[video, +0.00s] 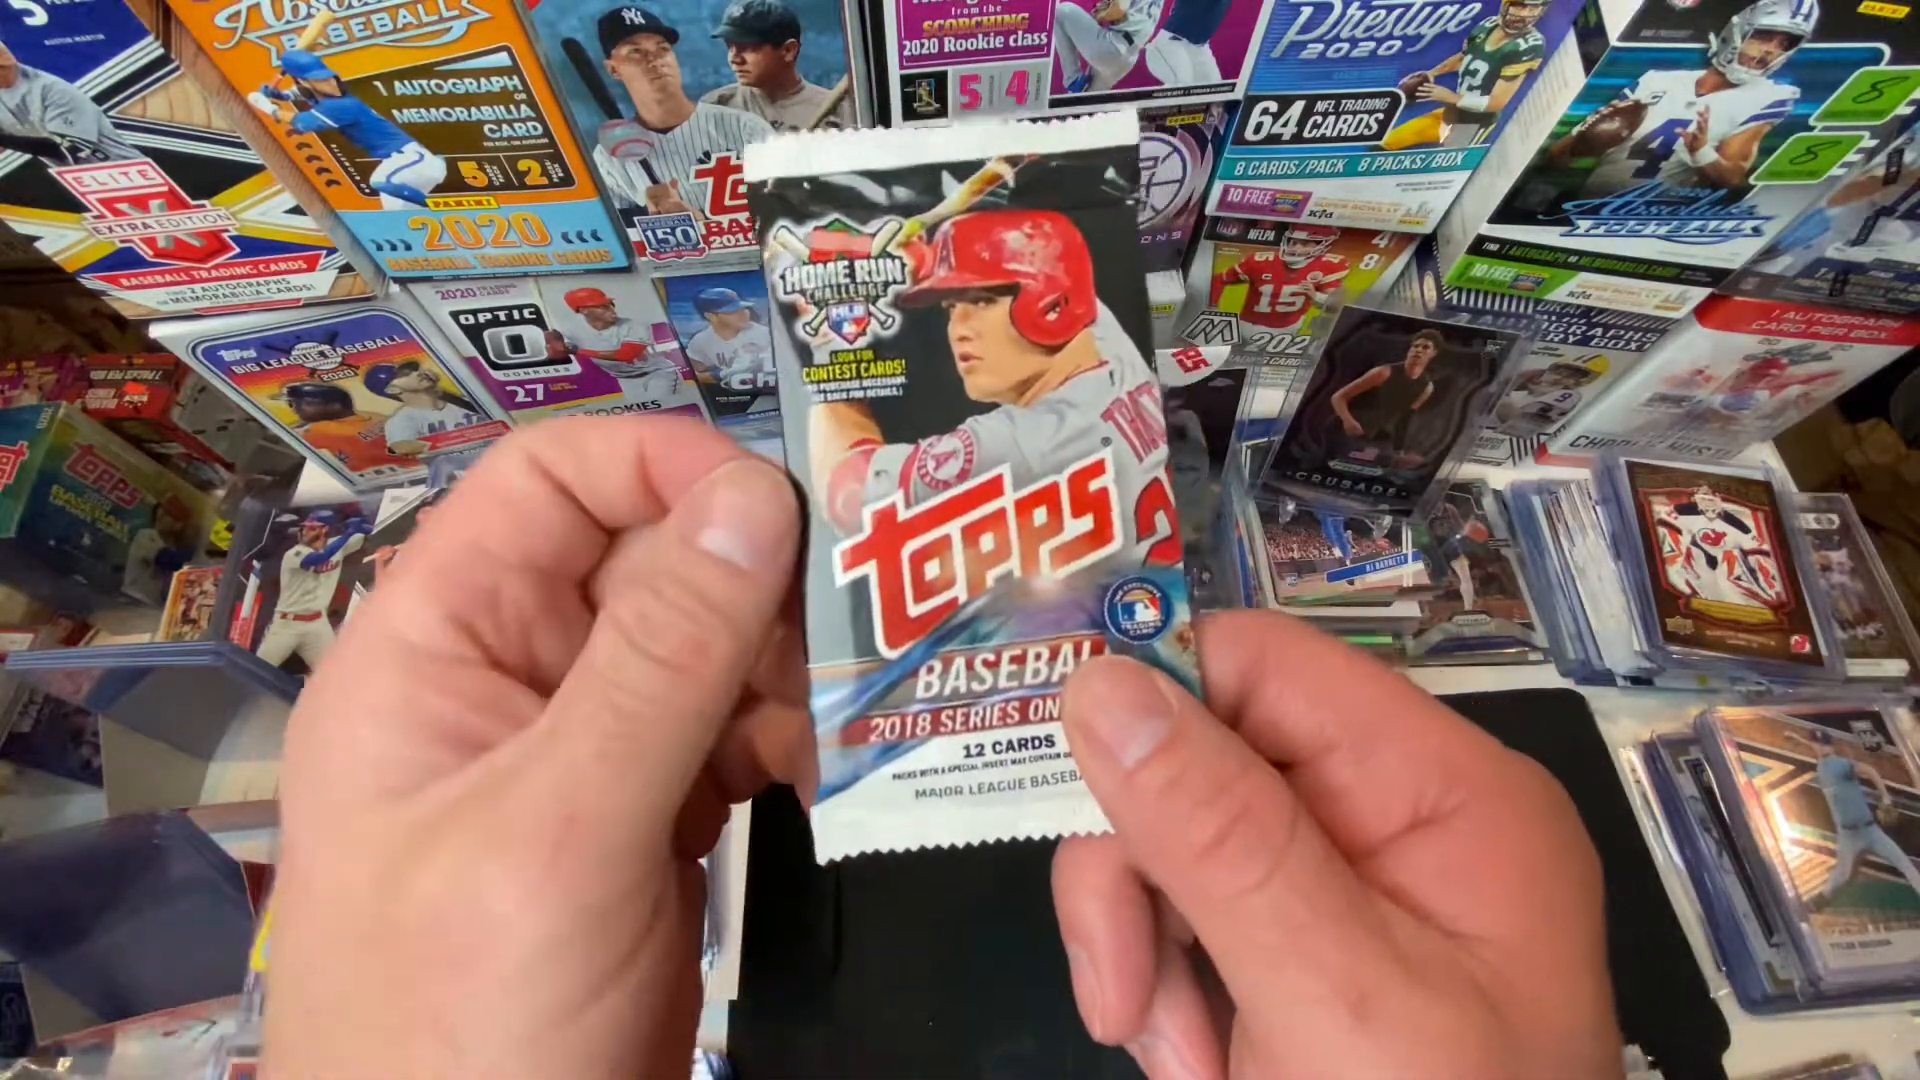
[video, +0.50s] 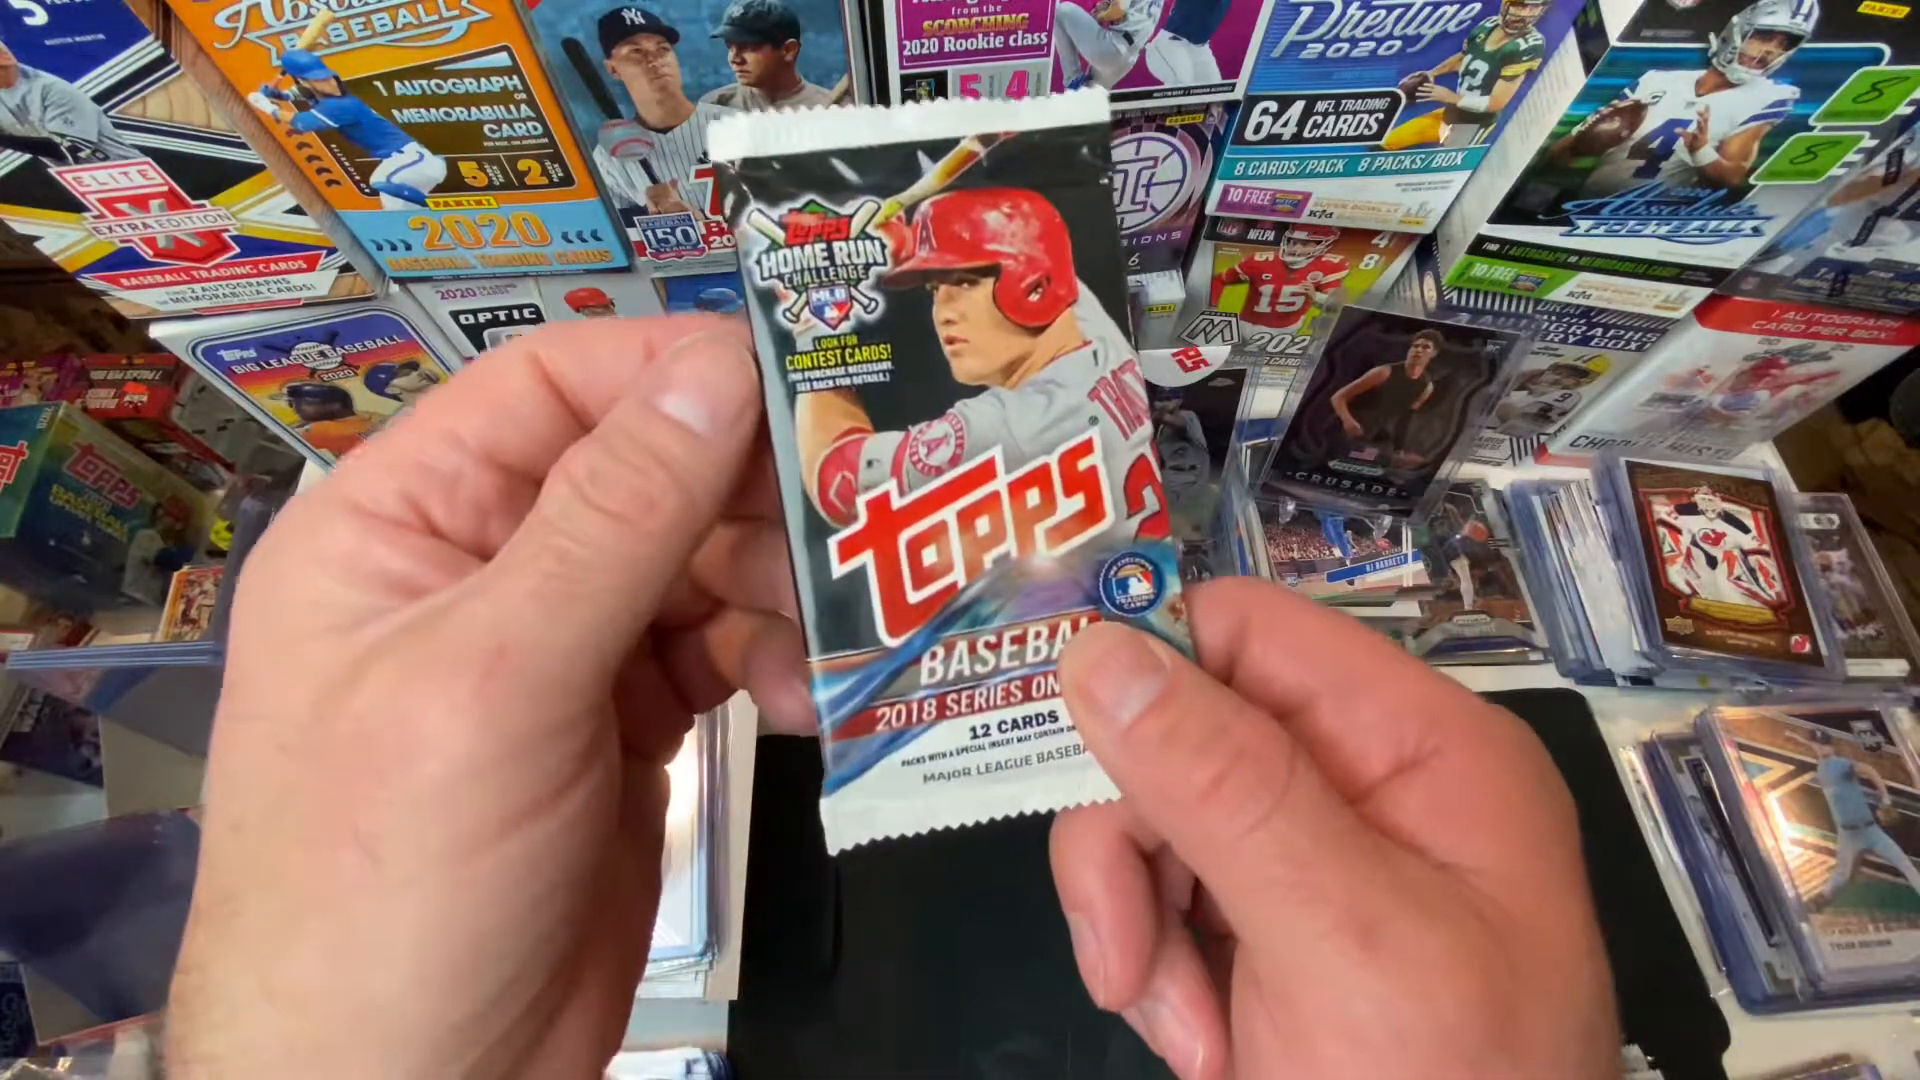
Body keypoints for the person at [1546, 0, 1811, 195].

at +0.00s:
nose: (1770, 52)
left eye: (1783, 45)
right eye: (1764, 37)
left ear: (1788, 56)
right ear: (1737, 32)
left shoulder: (1761, 101)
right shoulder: (1658, 82)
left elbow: (1736, 176)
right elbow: (1558, 155)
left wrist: (1702, 154)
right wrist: (1584, 137)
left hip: (1661, 223)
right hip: (1595, 205)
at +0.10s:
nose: (1770, 52)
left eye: (1783, 45)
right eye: (1764, 37)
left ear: (1788, 56)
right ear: (1737, 32)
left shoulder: (1761, 101)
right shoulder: (1658, 82)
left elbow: (1736, 176)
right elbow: (1558, 155)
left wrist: (1702, 154)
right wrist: (1584, 137)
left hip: (1662, 223)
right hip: (1595, 205)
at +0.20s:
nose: (1770, 52)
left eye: (1783, 45)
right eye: (1764, 37)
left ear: (1789, 56)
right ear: (1737, 33)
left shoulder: (1761, 101)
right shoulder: (1658, 82)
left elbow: (1735, 176)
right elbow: (1558, 155)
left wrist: (1702, 153)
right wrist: (1584, 137)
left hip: (1661, 224)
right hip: (1594, 205)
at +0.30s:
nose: (1770, 51)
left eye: (1783, 44)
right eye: (1764, 37)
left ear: (1789, 56)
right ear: (1737, 32)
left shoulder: (1763, 101)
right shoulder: (1658, 82)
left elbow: (1736, 178)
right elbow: (1556, 157)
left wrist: (1703, 154)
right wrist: (1583, 140)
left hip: (1662, 223)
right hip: (1594, 205)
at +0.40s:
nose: (1770, 51)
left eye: (1783, 44)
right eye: (1764, 37)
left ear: (1789, 56)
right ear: (1737, 32)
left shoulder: (1763, 101)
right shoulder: (1658, 82)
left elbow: (1736, 178)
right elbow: (1556, 157)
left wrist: (1703, 154)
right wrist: (1583, 140)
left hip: (1662, 223)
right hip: (1594, 205)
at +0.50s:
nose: (1769, 52)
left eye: (1782, 45)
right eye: (1764, 37)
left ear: (1788, 57)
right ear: (1737, 32)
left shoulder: (1762, 102)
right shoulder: (1659, 82)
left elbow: (1736, 177)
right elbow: (1555, 157)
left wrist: (1702, 154)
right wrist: (1584, 139)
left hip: (1659, 221)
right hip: (1592, 202)